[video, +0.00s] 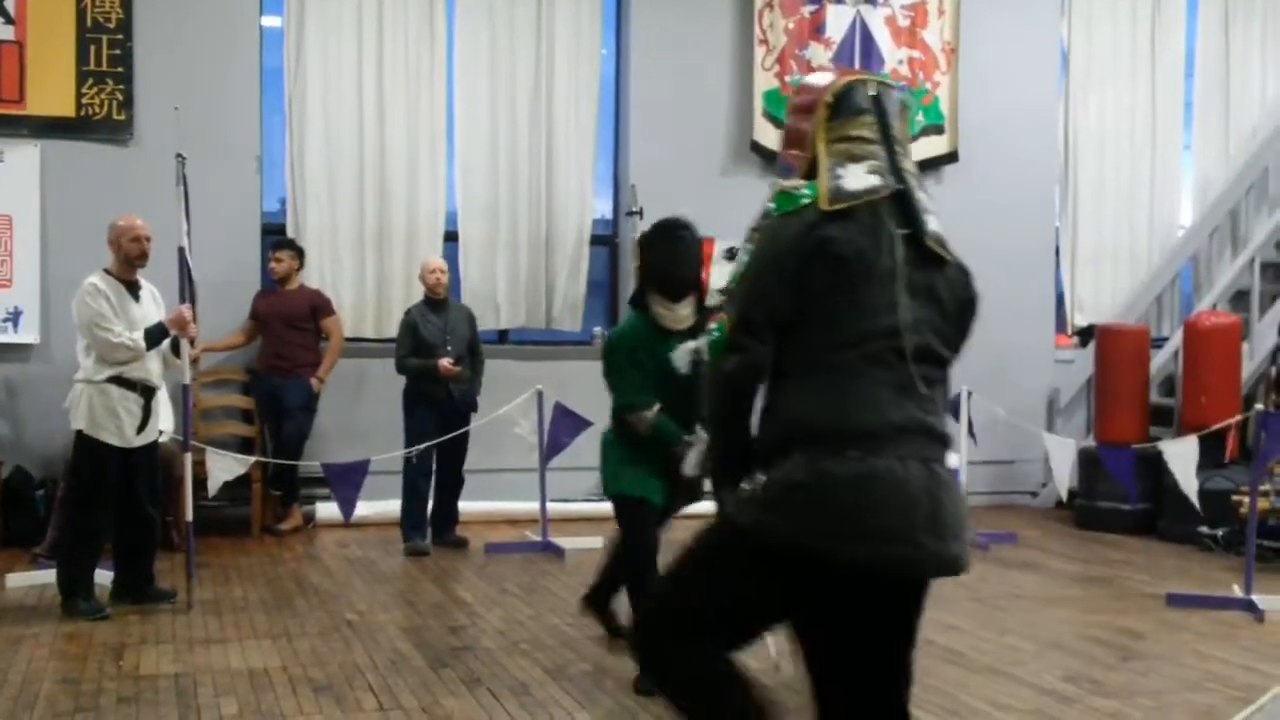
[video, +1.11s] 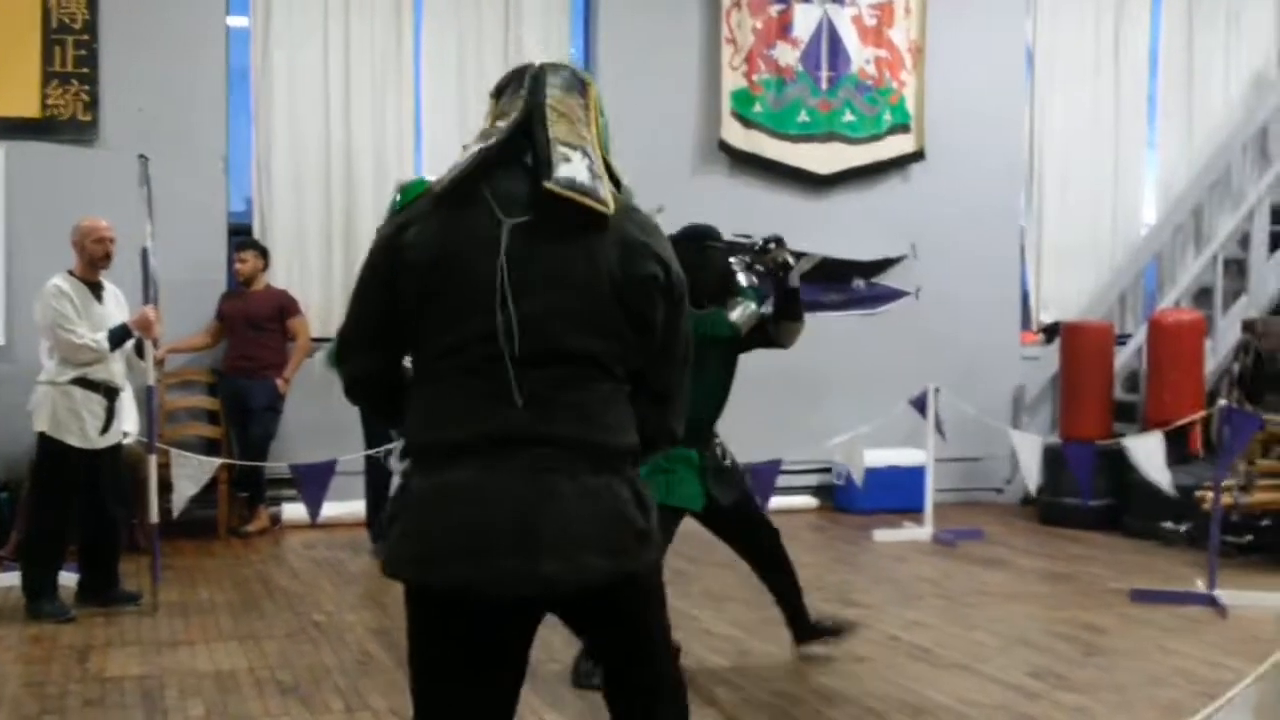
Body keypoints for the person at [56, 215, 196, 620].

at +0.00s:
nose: (145, 247)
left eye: (148, 240)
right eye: (136, 241)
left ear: (151, 246)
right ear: (114, 246)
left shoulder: (151, 293)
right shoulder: (93, 290)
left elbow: (166, 354)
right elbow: (114, 348)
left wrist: (183, 345)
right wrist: (167, 328)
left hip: (146, 410)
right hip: (104, 408)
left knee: (141, 502)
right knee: (90, 503)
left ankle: (134, 583)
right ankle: (76, 592)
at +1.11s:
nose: (108, 249)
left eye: (111, 242)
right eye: (99, 242)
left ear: (113, 247)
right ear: (78, 247)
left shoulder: (115, 295)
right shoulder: (57, 291)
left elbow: (135, 367)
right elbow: (76, 349)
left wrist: (146, 345)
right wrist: (130, 329)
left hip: (108, 414)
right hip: (66, 412)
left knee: (104, 504)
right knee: (53, 505)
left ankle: (99, 585)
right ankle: (40, 594)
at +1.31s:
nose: (59, 248)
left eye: (63, 241)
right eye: (51, 241)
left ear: (66, 248)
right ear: (30, 247)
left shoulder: (68, 295)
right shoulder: (10, 292)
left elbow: (79, 356)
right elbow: (30, 351)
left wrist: (98, 342)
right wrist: (80, 331)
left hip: (61, 417)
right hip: (19, 416)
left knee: (57, 507)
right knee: (14, 508)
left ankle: (51, 588)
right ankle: (4, 593)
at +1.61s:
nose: (12, 249)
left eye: (13, 242)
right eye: (7, 242)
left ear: (14, 246)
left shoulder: (17, 295)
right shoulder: (9, 297)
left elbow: (26, 357)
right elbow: (6, 348)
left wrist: (45, 342)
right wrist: (29, 332)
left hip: (21, 414)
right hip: (9, 416)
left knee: (17, 505)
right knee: (12, 506)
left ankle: (11, 587)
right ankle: (9, 588)